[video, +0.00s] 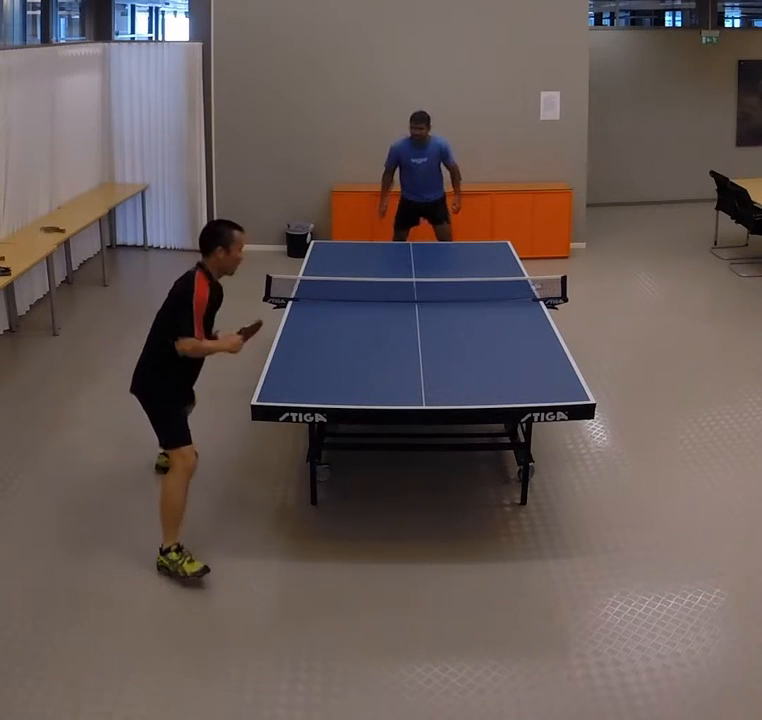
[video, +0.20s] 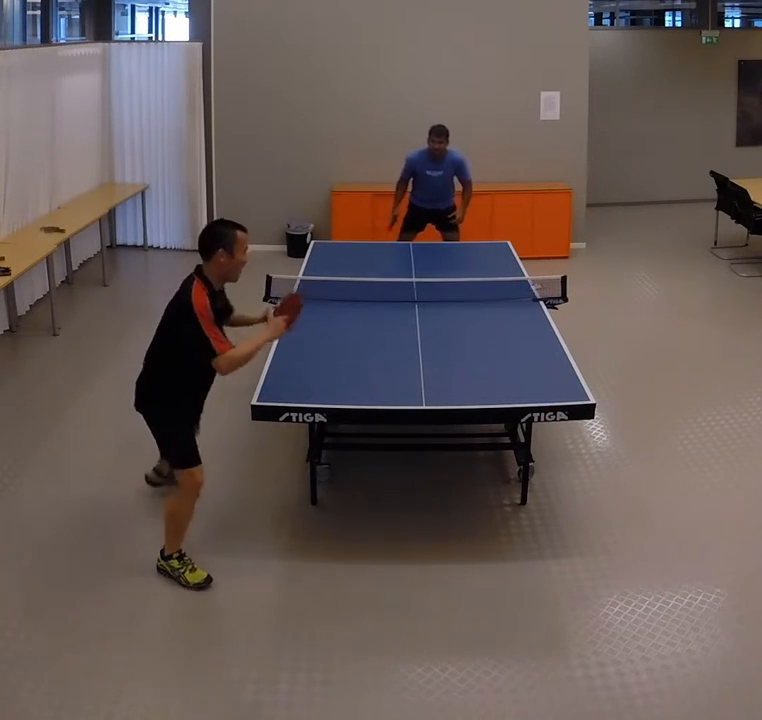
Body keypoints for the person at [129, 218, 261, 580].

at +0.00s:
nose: (242, 258)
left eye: (242, 251)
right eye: (239, 251)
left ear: (219, 252)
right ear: (219, 252)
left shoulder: (211, 285)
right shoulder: (194, 288)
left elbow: (200, 336)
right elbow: (183, 345)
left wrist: (233, 337)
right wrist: (222, 345)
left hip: (175, 378)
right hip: (156, 385)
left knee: (184, 408)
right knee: (184, 460)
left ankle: (165, 456)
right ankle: (169, 550)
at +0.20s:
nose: (245, 262)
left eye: (245, 255)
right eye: (242, 255)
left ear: (219, 255)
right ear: (220, 257)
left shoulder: (209, 284)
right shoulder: (195, 301)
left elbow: (225, 317)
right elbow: (224, 363)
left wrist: (262, 317)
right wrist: (268, 334)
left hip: (181, 386)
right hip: (163, 398)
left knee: (185, 432)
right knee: (190, 480)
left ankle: (164, 472)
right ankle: (171, 556)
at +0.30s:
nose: (255, 259)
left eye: (256, 252)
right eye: (252, 252)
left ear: (226, 252)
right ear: (231, 255)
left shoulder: (214, 281)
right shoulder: (203, 297)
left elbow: (236, 301)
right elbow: (235, 358)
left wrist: (273, 286)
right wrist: (285, 328)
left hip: (190, 391)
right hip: (167, 399)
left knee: (197, 451)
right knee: (185, 480)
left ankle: (165, 495)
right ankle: (170, 555)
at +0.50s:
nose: (286, 261)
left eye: (286, 253)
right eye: (280, 253)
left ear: (253, 257)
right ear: (254, 256)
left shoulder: (231, 285)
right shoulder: (236, 301)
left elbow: (202, 293)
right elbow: (250, 368)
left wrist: (198, 290)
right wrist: (301, 377)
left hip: (220, 406)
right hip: (193, 409)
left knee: (245, 470)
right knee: (189, 490)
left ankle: (243, 551)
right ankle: (170, 555)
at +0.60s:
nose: (304, 269)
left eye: (304, 261)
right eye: (298, 261)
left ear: (272, 263)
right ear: (272, 263)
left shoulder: (240, 294)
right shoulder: (257, 310)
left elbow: (200, 311)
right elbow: (262, 381)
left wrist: (168, 318)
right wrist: (313, 396)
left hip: (240, 417)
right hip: (217, 419)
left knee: (265, 487)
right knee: (199, 494)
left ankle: (293, 569)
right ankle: (171, 556)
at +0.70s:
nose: (329, 276)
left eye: (329, 268)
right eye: (324, 268)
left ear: (299, 269)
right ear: (300, 269)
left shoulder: (262, 303)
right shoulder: (285, 320)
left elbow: (216, 334)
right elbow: (276, 393)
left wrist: (173, 354)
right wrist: (338, 410)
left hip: (270, 428)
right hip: (243, 432)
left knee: (293, 494)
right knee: (225, 511)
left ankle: (312, 581)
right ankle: (174, 551)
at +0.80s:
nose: (351, 278)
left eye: (349, 270)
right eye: (348, 271)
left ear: (313, 273)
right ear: (335, 274)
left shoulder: (285, 310)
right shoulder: (315, 327)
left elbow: (241, 351)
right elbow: (301, 400)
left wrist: (203, 378)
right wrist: (354, 412)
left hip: (278, 433)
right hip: (279, 443)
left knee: (324, 497)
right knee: (275, 533)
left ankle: (318, 583)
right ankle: (202, 551)